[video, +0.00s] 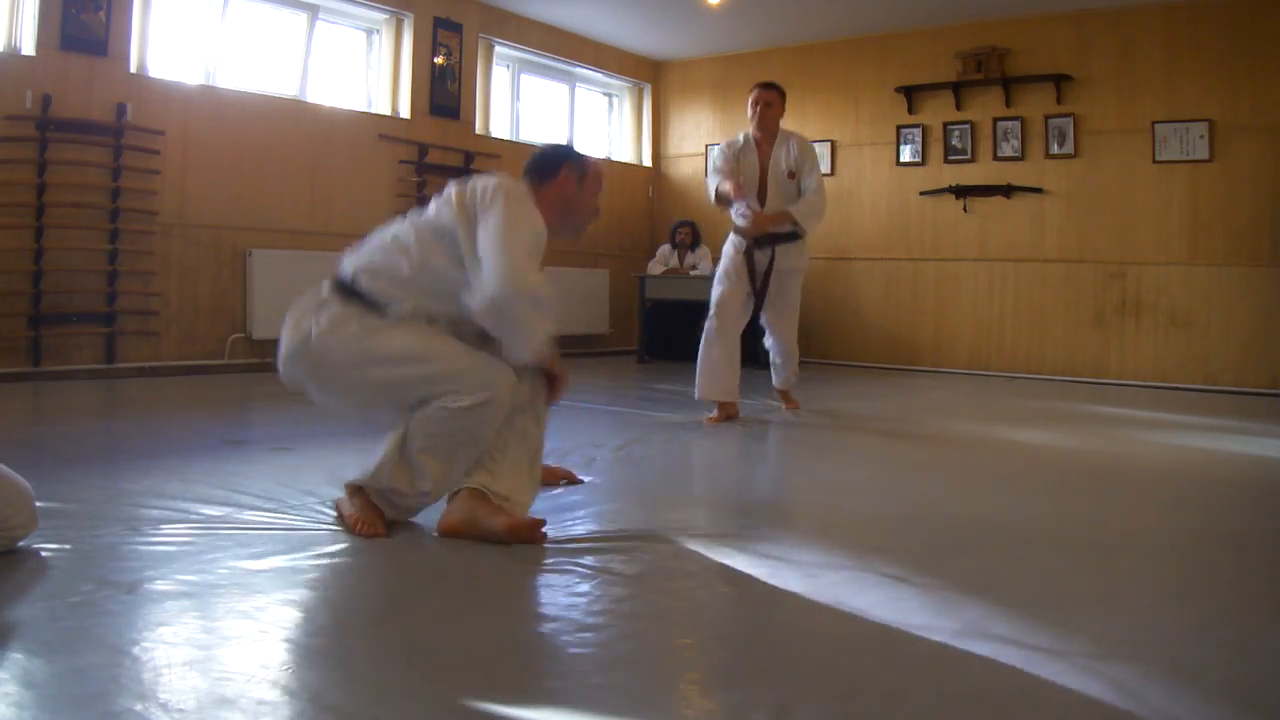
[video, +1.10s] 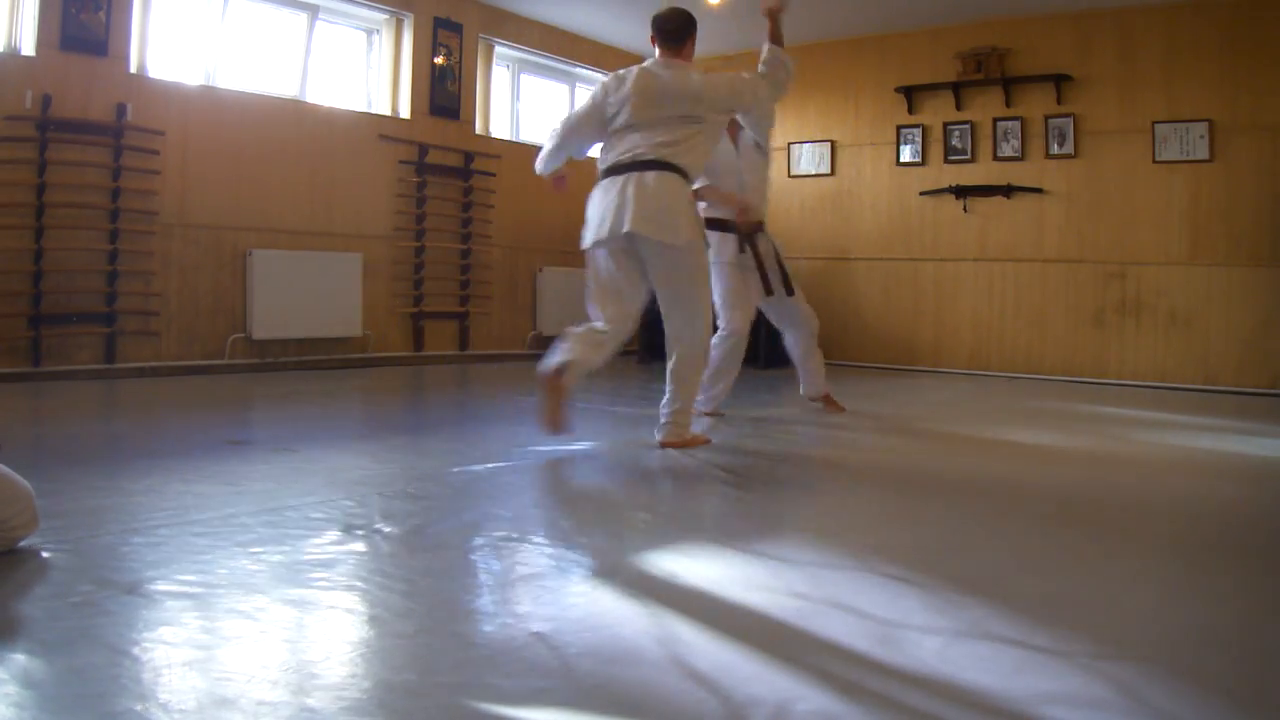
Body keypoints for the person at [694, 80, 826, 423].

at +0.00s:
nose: (760, 110)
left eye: (769, 105)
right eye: (755, 104)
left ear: (782, 112)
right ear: (747, 110)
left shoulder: (799, 149)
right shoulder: (730, 149)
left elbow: (815, 202)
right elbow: (715, 183)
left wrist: (773, 220)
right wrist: (726, 189)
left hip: (786, 248)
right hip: (741, 245)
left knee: (782, 323)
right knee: (721, 317)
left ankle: (783, 386)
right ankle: (726, 402)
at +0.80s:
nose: (782, 93)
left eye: (790, 87)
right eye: (777, 87)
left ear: (804, 94)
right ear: (770, 92)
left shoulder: (817, 130)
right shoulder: (750, 132)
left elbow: (826, 183)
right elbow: (725, 174)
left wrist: (778, 187)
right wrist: (726, 209)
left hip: (801, 229)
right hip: (758, 229)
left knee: (813, 313)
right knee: (759, 307)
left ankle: (816, 391)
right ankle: (747, 389)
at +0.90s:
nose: (775, 97)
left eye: (783, 92)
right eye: (770, 91)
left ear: (795, 100)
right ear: (761, 97)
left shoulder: (806, 131)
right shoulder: (743, 136)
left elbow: (808, 172)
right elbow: (712, 178)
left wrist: (759, 163)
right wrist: (708, 218)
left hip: (794, 231)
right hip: (752, 230)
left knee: (813, 314)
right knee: (759, 297)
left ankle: (813, 390)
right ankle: (736, 383)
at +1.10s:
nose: (741, 103)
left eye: (743, 98)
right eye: (734, 98)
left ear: (744, 103)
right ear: (720, 102)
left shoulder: (756, 138)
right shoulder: (702, 137)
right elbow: (695, 187)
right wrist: (733, 202)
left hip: (756, 236)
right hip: (720, 237)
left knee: (800, 318)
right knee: (733, 325)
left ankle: (814, 389)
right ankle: (705, 403)